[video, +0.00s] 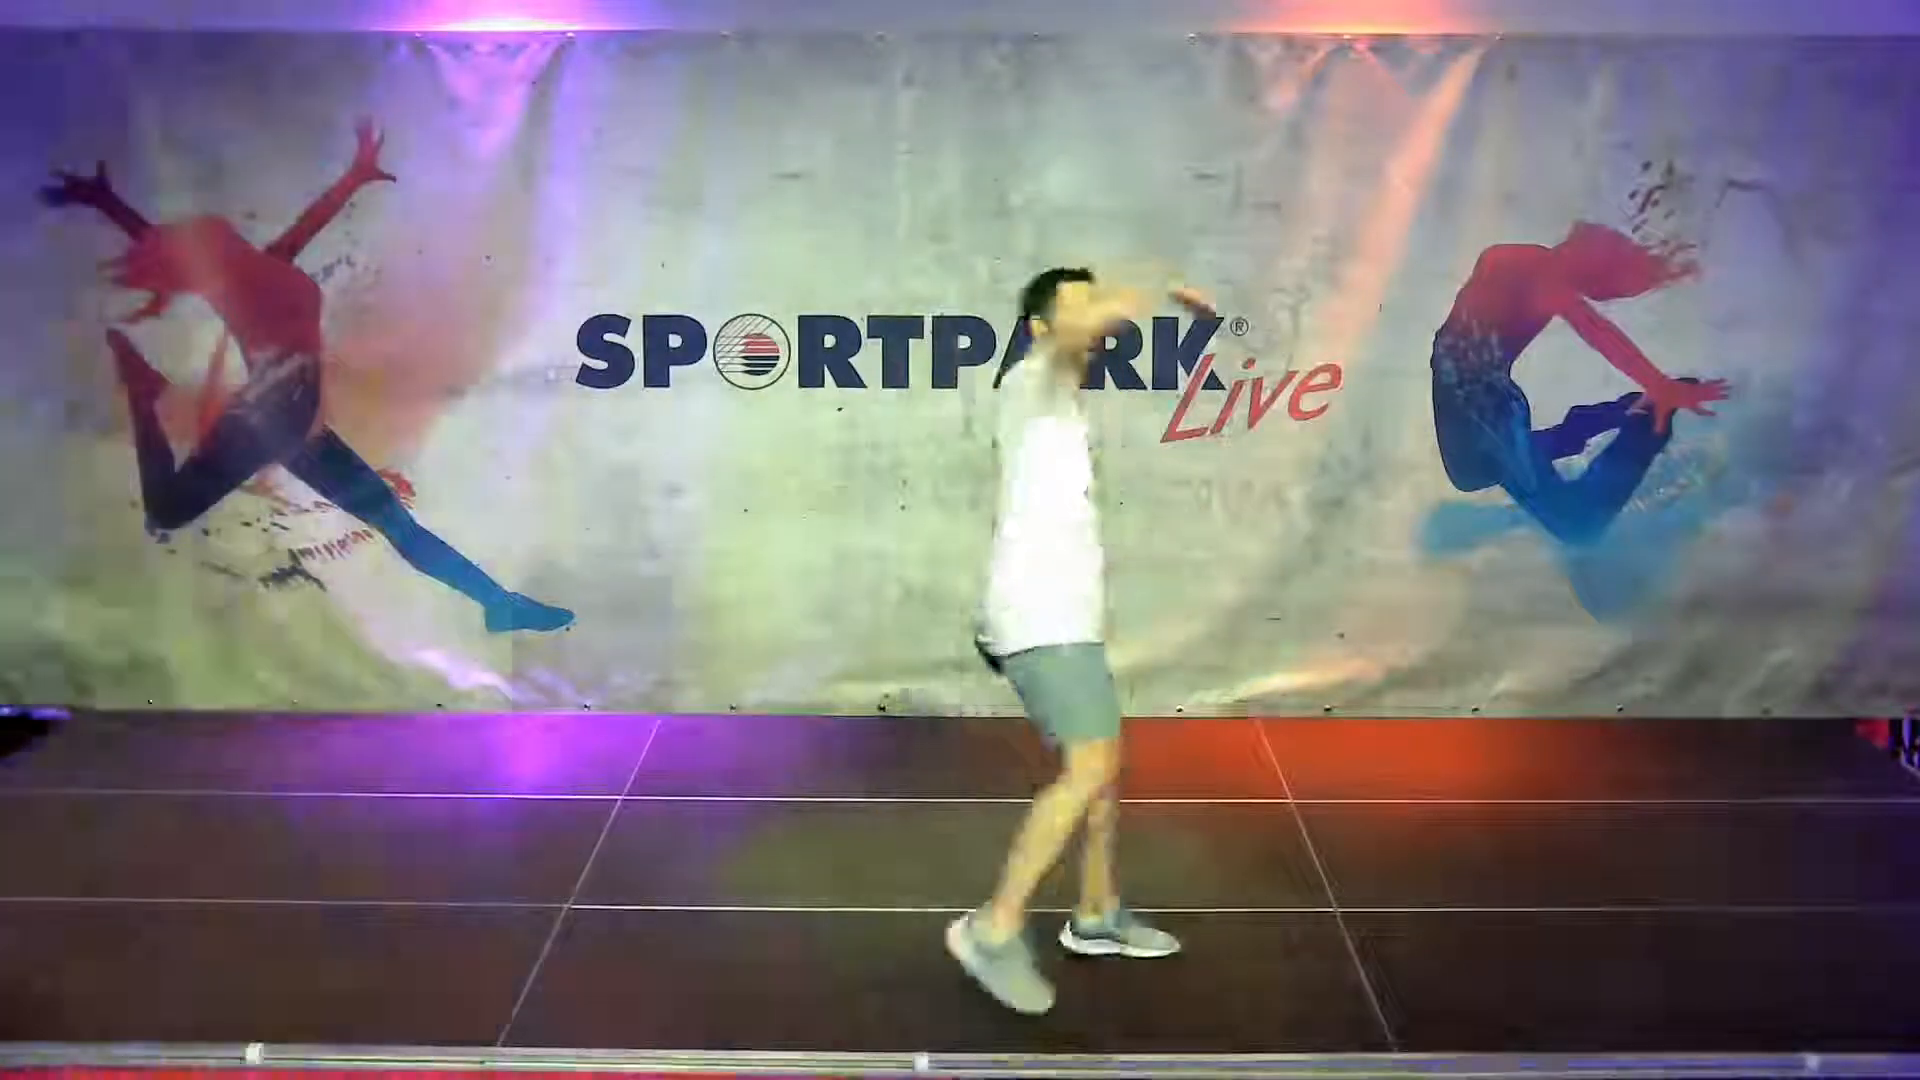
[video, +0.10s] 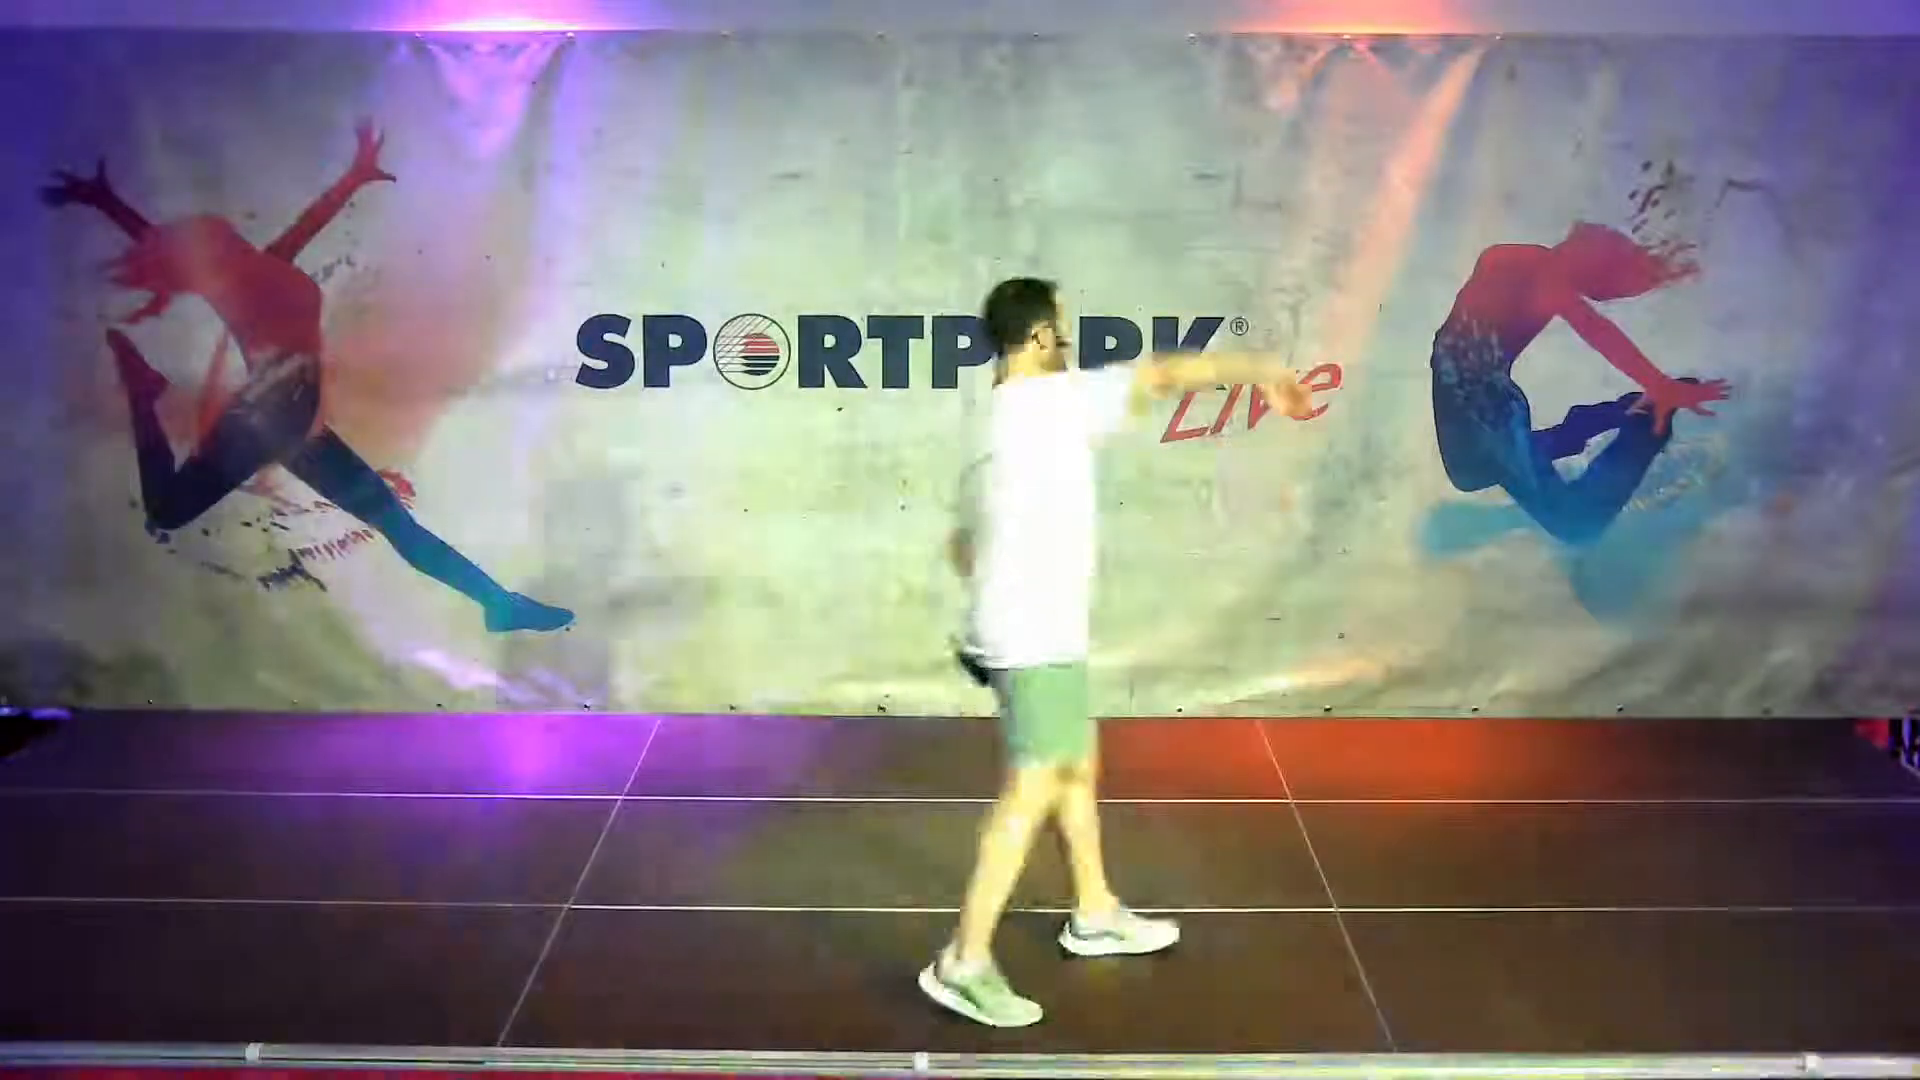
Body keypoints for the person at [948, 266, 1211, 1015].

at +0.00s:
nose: (1101, 321)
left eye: (1101, 307)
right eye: (1086, 307)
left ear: (1065, 326)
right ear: (1042, 323)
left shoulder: (1062, 397)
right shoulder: (1032, 385)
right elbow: (1085, 322)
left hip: (1065, 613)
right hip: (1035, 615)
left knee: (1102, 762)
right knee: (1088, 765)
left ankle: (1097, 913)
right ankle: (993, 928)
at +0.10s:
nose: (1068, 341)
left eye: (1064, 330)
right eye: (1063, 329)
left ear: (1002, 343)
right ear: (1043, 335)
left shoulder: (989, 415)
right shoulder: (1057, 396)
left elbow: (963, 542)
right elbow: (1164, 371)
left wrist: (998, 604)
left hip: (1023, 629)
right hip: (1038, 631)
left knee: (1076, 766)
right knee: (1033, 785)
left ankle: (1096, 912)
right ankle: (963, 958)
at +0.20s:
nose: (1025, 340)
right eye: (1026, 330)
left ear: (961, 347)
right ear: (1023, 338)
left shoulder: (938, 433)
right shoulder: (1062, 412)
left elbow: (888, 541)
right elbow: (1174, 440)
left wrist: (932, 624)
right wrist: (1255, 478)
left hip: (966, 635)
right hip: (1028, 635)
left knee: (1031, 780)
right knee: (1004, 792)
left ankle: (1083, 907)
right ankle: (958, 968)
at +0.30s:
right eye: (991, 326)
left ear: (934, 343)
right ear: (998, 338)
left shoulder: (906, 432)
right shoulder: (1039, 417)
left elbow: (849, 518)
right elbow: (1130, 496)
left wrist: (859, 623)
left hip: (935, 631)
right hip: (1010, 630)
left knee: (975, 772)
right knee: (1002, 788)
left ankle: (989, 916)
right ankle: (968, 964)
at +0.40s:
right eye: (969, 338)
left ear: (909, 349)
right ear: (977, 347)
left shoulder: (880, 439)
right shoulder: (1013, 431)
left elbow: (832, 540)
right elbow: (1062, 537)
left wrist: (836, 645)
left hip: (914, 635)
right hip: (997, 636)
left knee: (905, 755)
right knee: (995, 797)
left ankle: (887, 911)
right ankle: (985, 969)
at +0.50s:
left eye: (897, 355)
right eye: (940, 355)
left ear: (888, 365)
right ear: (953, 364)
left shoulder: (856, 451)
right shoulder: (986, 449)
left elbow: (804, 560)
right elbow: (1024, 560)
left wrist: (841, 621)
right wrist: (982, 607)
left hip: (878, 645)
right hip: (967, 647)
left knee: (850, 786)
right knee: (988, 799)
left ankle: (840, 938)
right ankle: (984, 960)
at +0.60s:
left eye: (884, 346)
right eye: (934, 348)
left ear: (877, 355)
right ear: (944, 357)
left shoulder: (844, 434)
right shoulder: (976, 439)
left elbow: (803, 518)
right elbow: (1007, 516)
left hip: (863, 637)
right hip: (950, 640)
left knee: (836, 777)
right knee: (986, 780)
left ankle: (839, 936)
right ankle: (985, 899)